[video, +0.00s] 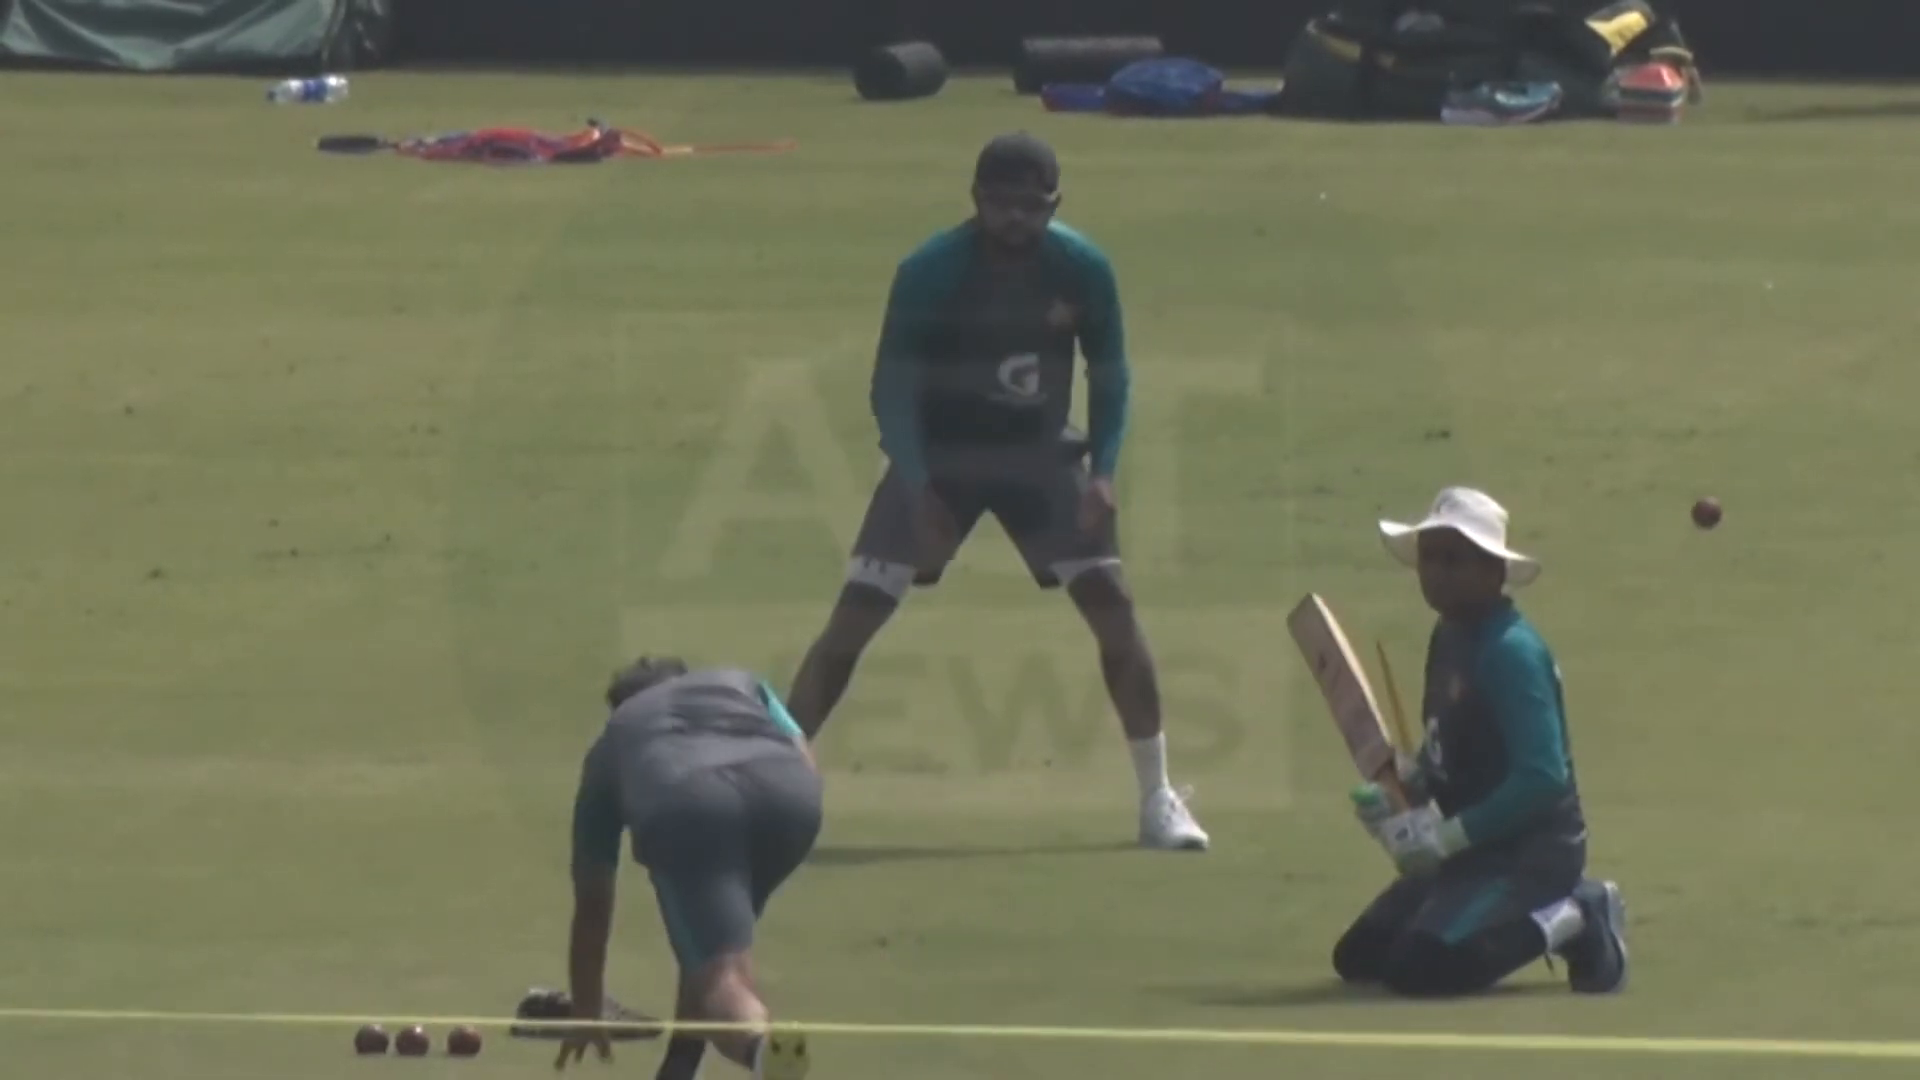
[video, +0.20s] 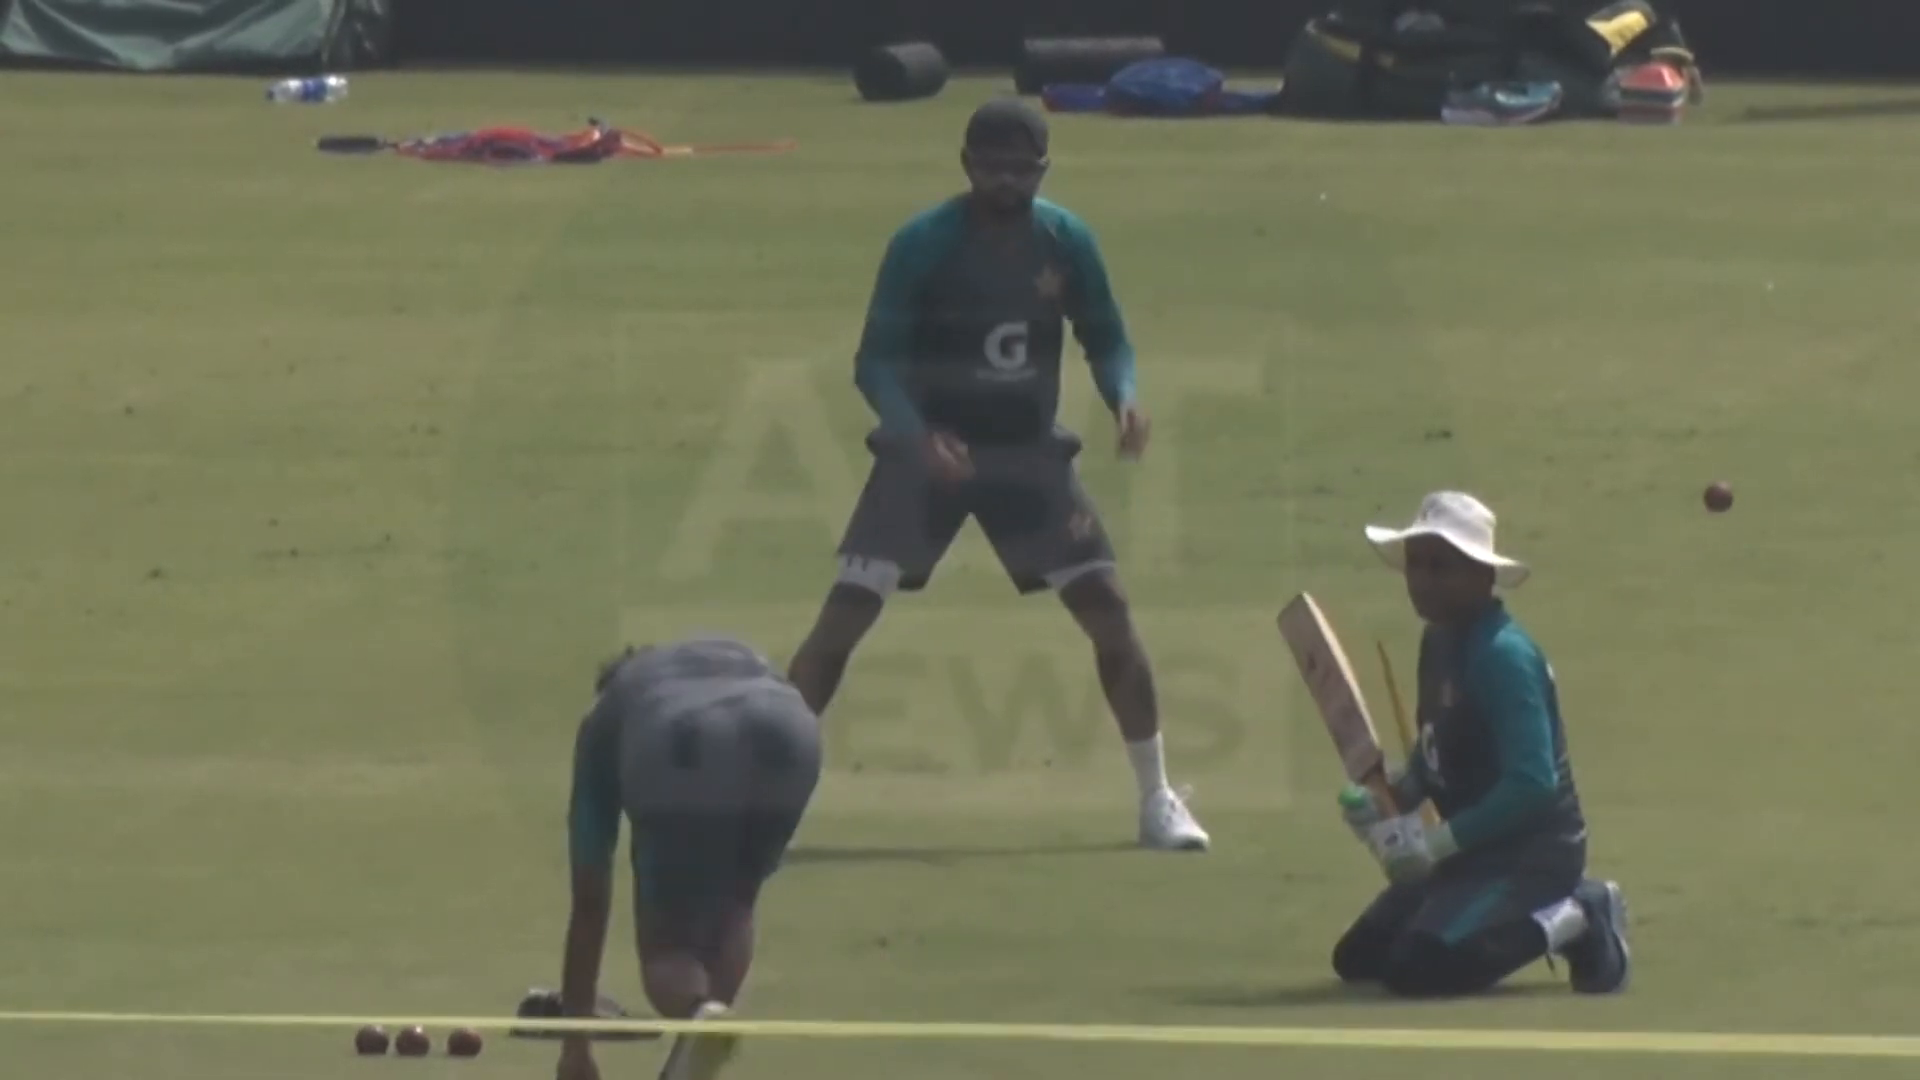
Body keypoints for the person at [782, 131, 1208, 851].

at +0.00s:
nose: (1015, 221)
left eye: (1031, 206)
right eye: (1001, 205)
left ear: (1054, 204)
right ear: (976, 200)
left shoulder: (1082, 269)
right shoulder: (928, 273)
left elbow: (1109, 372)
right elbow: (891, 390)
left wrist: (1102, 468)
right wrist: (915, 488)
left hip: (1041, 461)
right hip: (938, 461)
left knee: (1110, 605)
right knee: (857, 613)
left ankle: (1158, 798)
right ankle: (769, 777)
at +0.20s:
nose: (1010, 180)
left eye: (1024, 166)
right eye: (995, 165)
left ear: (1043, 169)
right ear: (968, 163)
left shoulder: (1066, 243)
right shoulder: (920, 245)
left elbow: (1105, 335)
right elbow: (875, 362)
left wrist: (1124, 396)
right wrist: (917, 435)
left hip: (1028, 457)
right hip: (925, 453)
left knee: (1109, 615)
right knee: (844, 616)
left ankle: (1157, 800)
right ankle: (764, 781)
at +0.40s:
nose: (987, 156)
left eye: (1000, 142)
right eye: (972, 141)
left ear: (1020, 140)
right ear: (943, 136)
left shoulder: (1043, 219)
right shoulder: (899, 223)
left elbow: (1109, 322)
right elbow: (852, 338)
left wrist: (1098, 240)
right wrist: (901, 352)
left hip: (1012, 451)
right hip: (911, 452)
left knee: (1088, 615)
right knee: (841, 618)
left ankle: (1155, 798)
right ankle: (766, 791)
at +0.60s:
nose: (980, 136)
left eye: (992, 122)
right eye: (964, 121)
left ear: (1011, 130)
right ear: (934, 124)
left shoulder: (1028, 206)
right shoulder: (889, 216)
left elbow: (1115, 253)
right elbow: (840, 331)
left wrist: (1059, 157)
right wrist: (882, 337)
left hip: (1011, 446)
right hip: (910, 450)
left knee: (1076, 619)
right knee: (835, 629)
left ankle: (1155, 799)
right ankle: (772, 799)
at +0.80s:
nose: (977, 138)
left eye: (991, 125)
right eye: (962, 121)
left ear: (1010, 133)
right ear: (933, 124)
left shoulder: (1027, 205)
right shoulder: (891, 216)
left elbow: (1113, 221)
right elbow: (843, 327)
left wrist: (1040, 134)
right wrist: (874, 361)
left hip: (1016, 440)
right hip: (918, 442)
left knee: (1079, 622)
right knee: (852, 620)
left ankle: (1156, 798)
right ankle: (776, 781)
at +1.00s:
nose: (980, 140)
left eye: (993, 127)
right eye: (964, 123)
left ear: (1010, 135)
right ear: (934, 124)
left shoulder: (1028, 203)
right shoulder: (892, 217)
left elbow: (1108, 197)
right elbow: (850, 325)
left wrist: (1033, 118)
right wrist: (874, 374)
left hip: (1017, 437)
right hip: (920, 437)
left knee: (1078, 620)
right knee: (856, 605)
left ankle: (1155, 797)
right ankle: (803, 776)